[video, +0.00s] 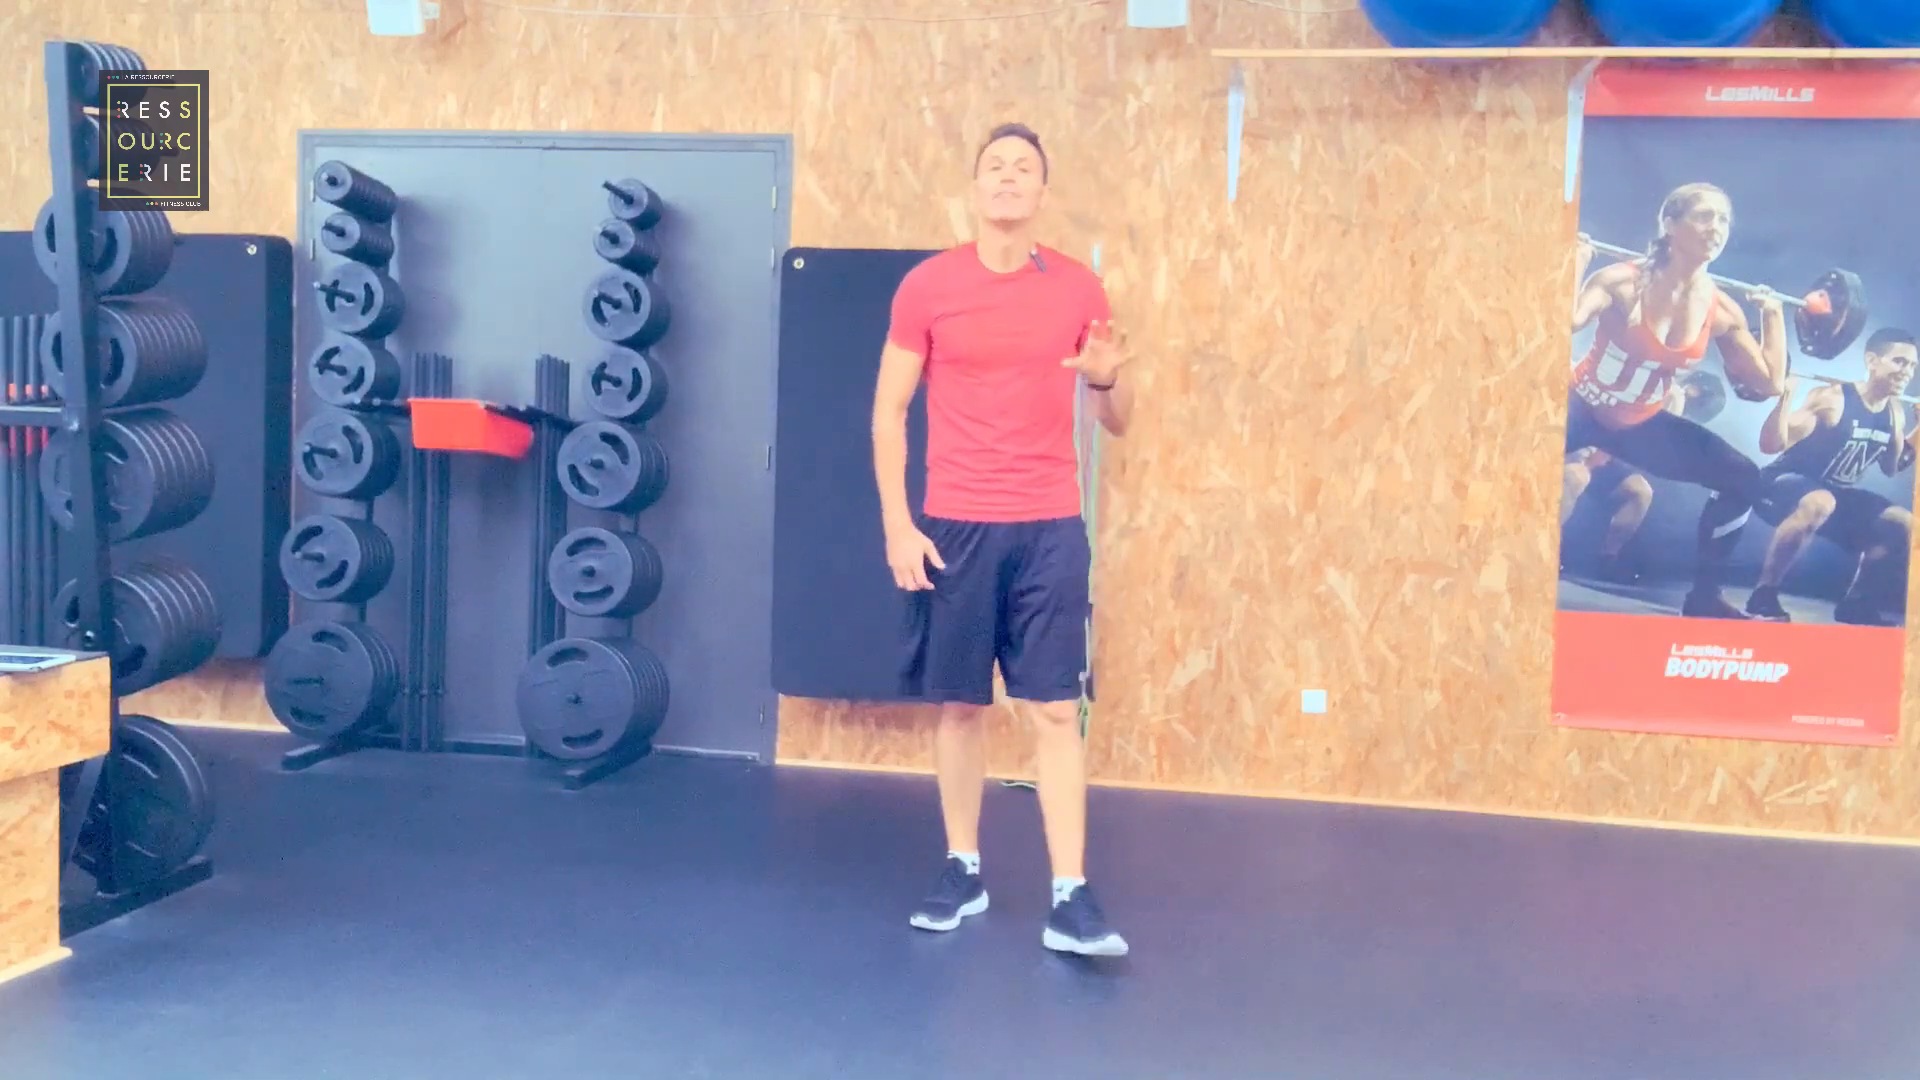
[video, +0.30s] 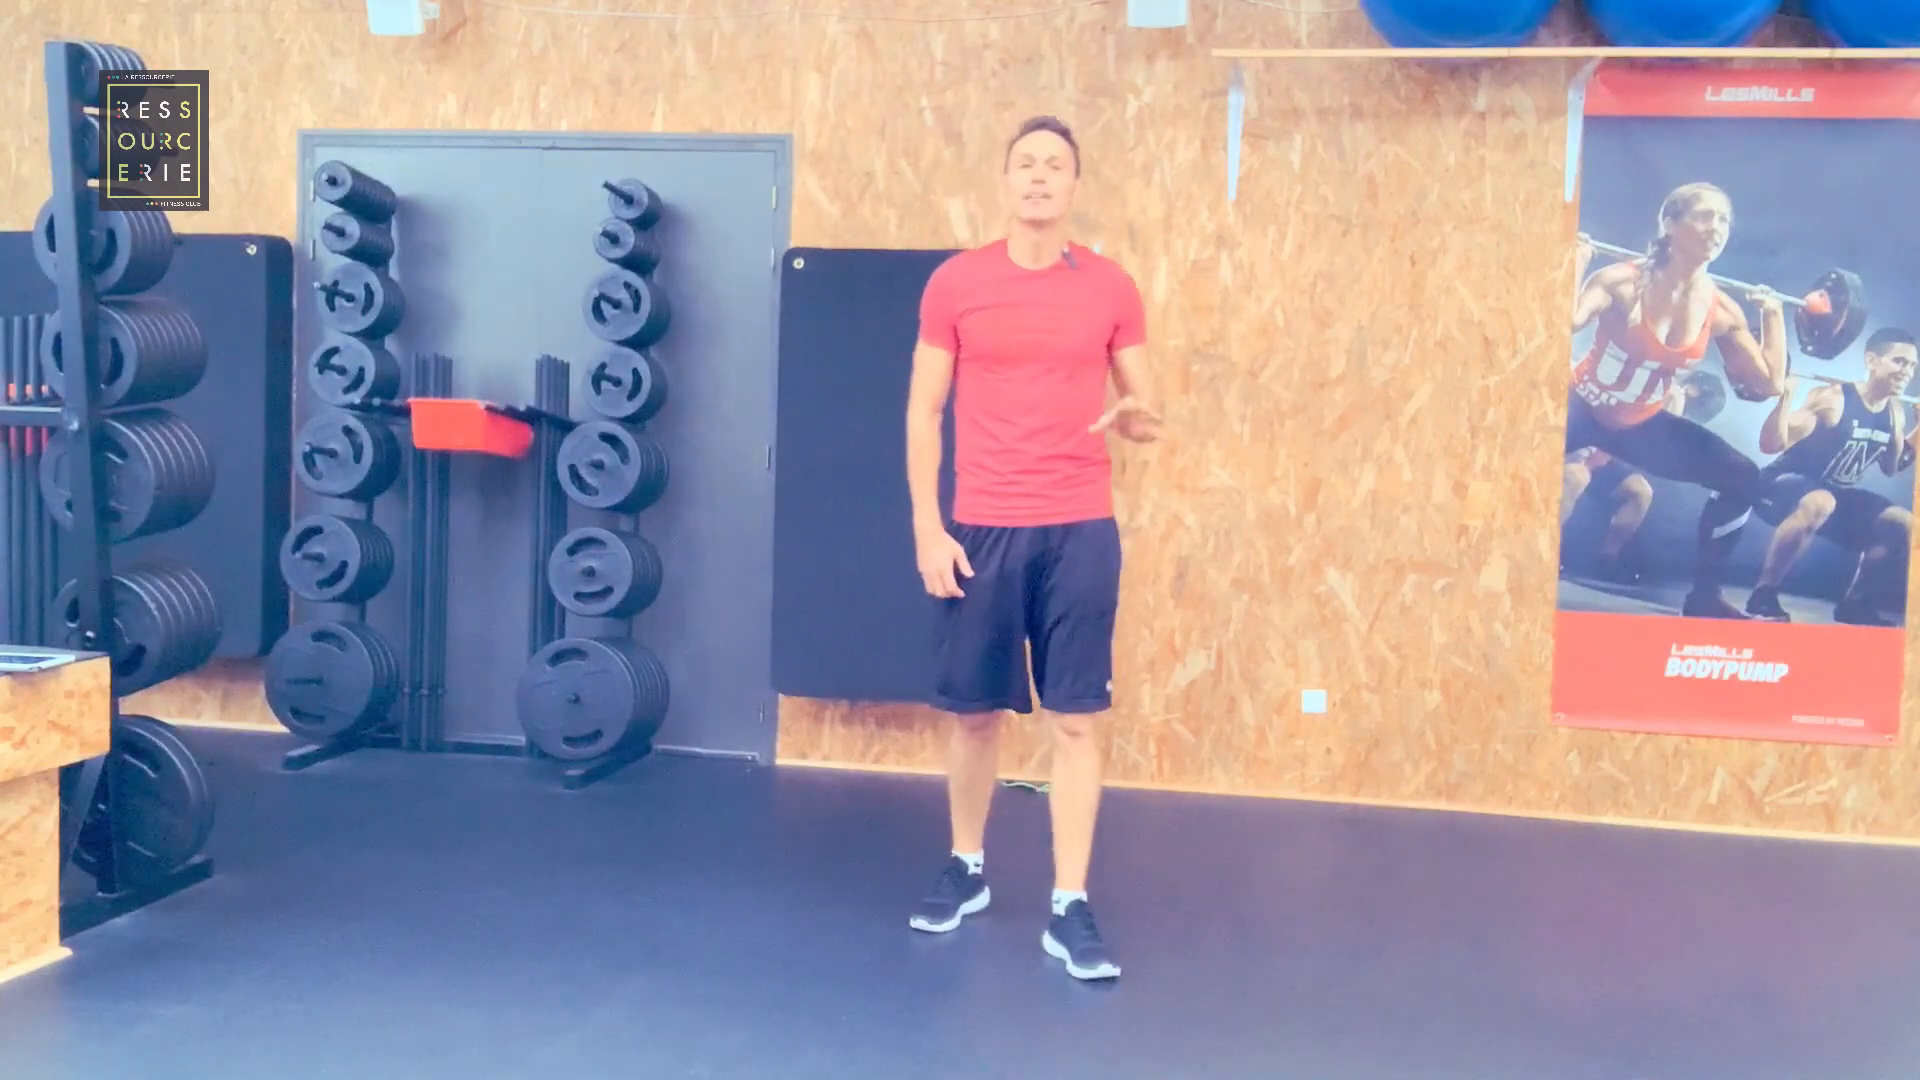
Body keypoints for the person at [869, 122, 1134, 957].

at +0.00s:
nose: (1007, 180)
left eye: (1023, 170)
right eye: (995, 168)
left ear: (1045, 192)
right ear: (971, 188)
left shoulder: (1077, 285)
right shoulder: (928, 285)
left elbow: (1115, 420)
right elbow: (888, 413)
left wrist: (1104, 378)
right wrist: (898, 524)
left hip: (1049, 525)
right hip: (955, 526)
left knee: (1056, 707)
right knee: (961, 704)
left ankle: (1070, 897)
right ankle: (961, 873)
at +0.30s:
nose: (1039, 178)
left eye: (1055, 167)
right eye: (1026, 165)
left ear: (1078, 187)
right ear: (1002, 182)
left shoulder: (1109, 285)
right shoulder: (956, 280)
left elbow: (1143, 408)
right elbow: (923, 411)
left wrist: (1135, 419)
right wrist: (928, 527)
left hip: (1079, 528)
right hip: (981, 529)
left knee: (1075, 717)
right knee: (973, 713)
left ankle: (1071, 906)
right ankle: (965, 868)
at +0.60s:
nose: (1072, 177)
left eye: (1089, 165)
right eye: (1060, 163)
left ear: (1113, 182)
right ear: (1037, 177)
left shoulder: (1148, 284)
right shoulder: (988, 282)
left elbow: (1185, 419)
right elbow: (954, 412)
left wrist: (1156, 421)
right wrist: (954, 530)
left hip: (1114, 532)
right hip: (1011, 529)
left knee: (1095, 725)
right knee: (983, 722)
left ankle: (1072, 907)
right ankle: (974, 851)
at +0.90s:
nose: (1080, 167)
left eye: (1096, 155)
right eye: (1067, 153)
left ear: (1122, 175)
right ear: (1045, 171)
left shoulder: (1158, 280)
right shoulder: (995, 276)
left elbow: (1193, 416)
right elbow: (955, 408)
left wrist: (1167, 408)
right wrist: (956, 529)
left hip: (1117, 536)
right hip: (1015, 530)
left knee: (1093, 730)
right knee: (994, 725)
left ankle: (1072, 910)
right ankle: (969, 924)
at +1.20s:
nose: (1059, 158)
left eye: (1075, 145)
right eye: (1044, 144)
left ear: (1100, 168)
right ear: (1020, 166)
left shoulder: (1136, 274)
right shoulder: (972, 269)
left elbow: (1170, 420)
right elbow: (930, 407)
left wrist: (1153, 387)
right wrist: (935, 529)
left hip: (1097, 535)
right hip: (994, 531)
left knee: (1085, 736)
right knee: (981, 734)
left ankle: (1069, 910)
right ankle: (966, 934)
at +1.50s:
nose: (1021, 160)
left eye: (1038, 146)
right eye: (1007, 147)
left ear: (1066, 161)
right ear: (983, 164)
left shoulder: (1100, 271)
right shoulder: (937, 267)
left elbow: (1129, 402)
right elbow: (893, 404)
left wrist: (1122, 428)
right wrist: (904, 526)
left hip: (1071, 532)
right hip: (966, 532)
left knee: (1081, 732)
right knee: (962, 736)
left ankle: (1074, 899)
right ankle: (965, 930)